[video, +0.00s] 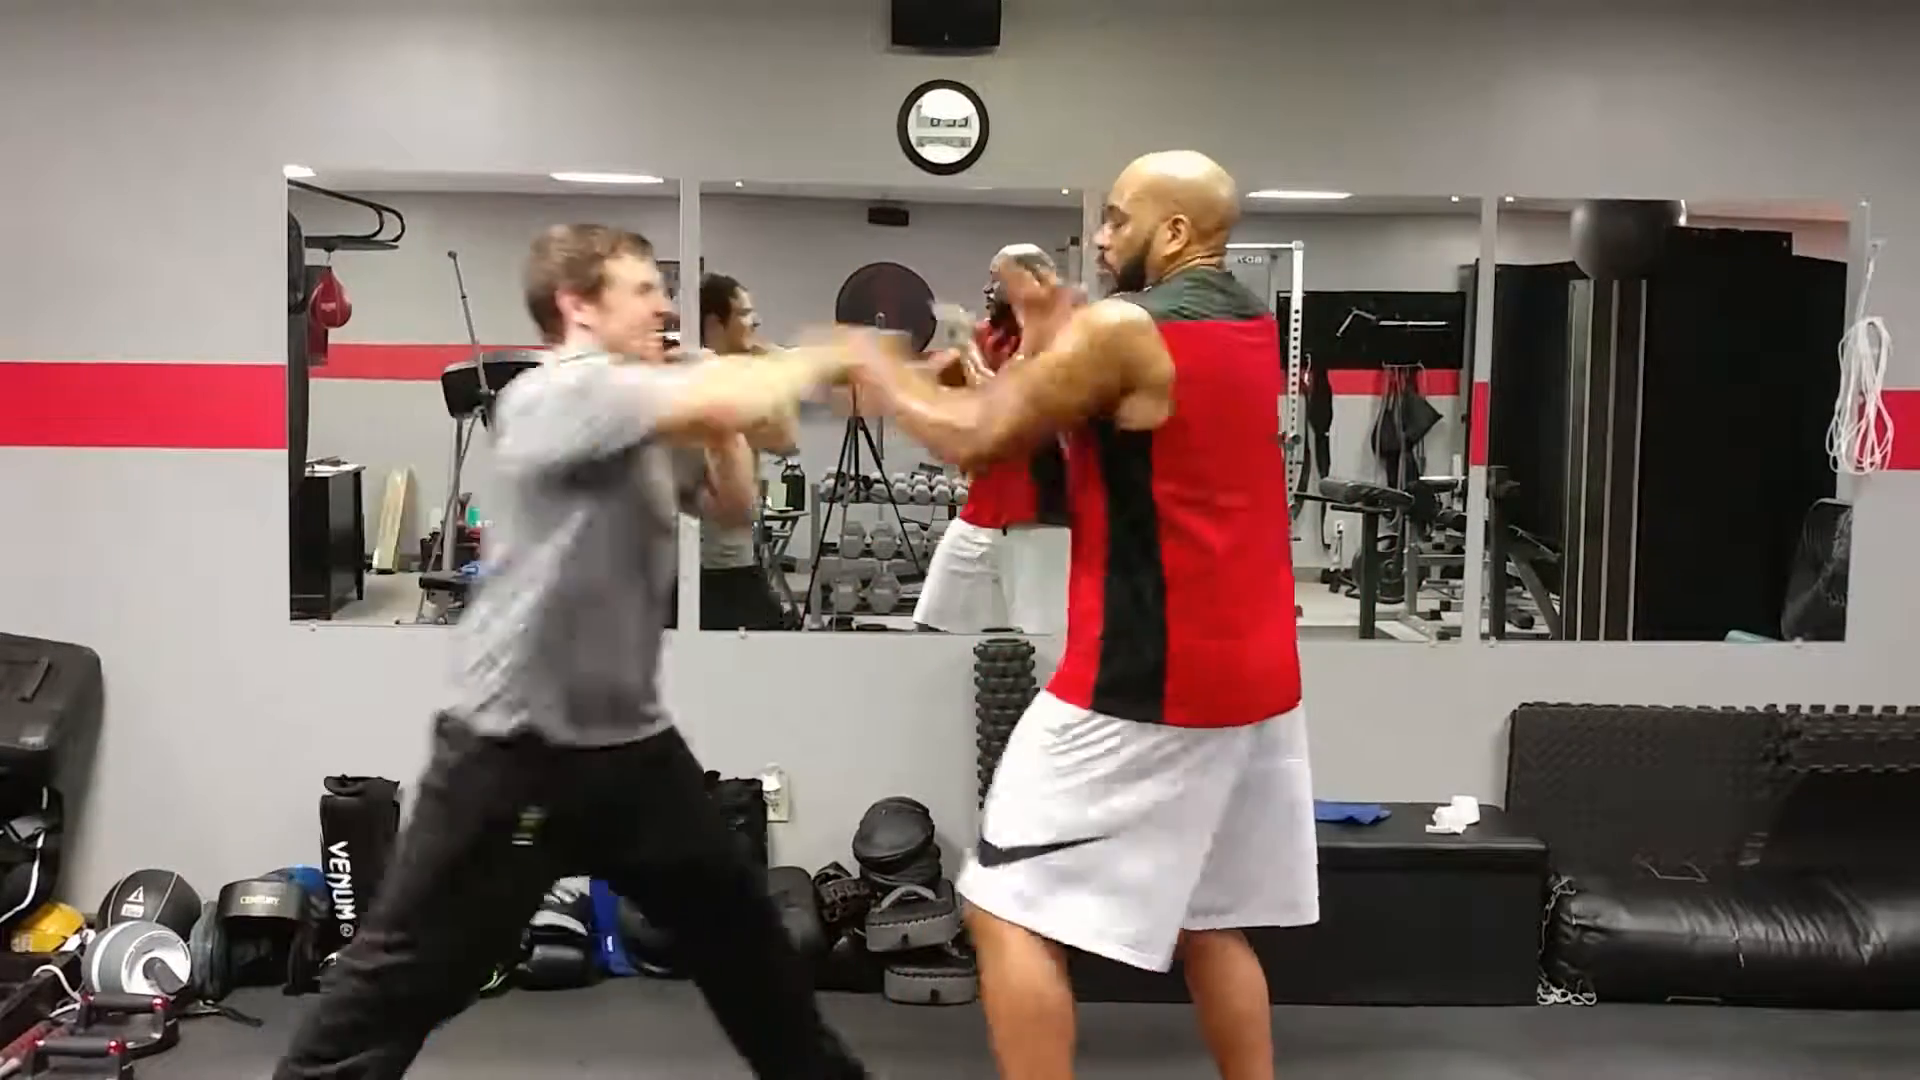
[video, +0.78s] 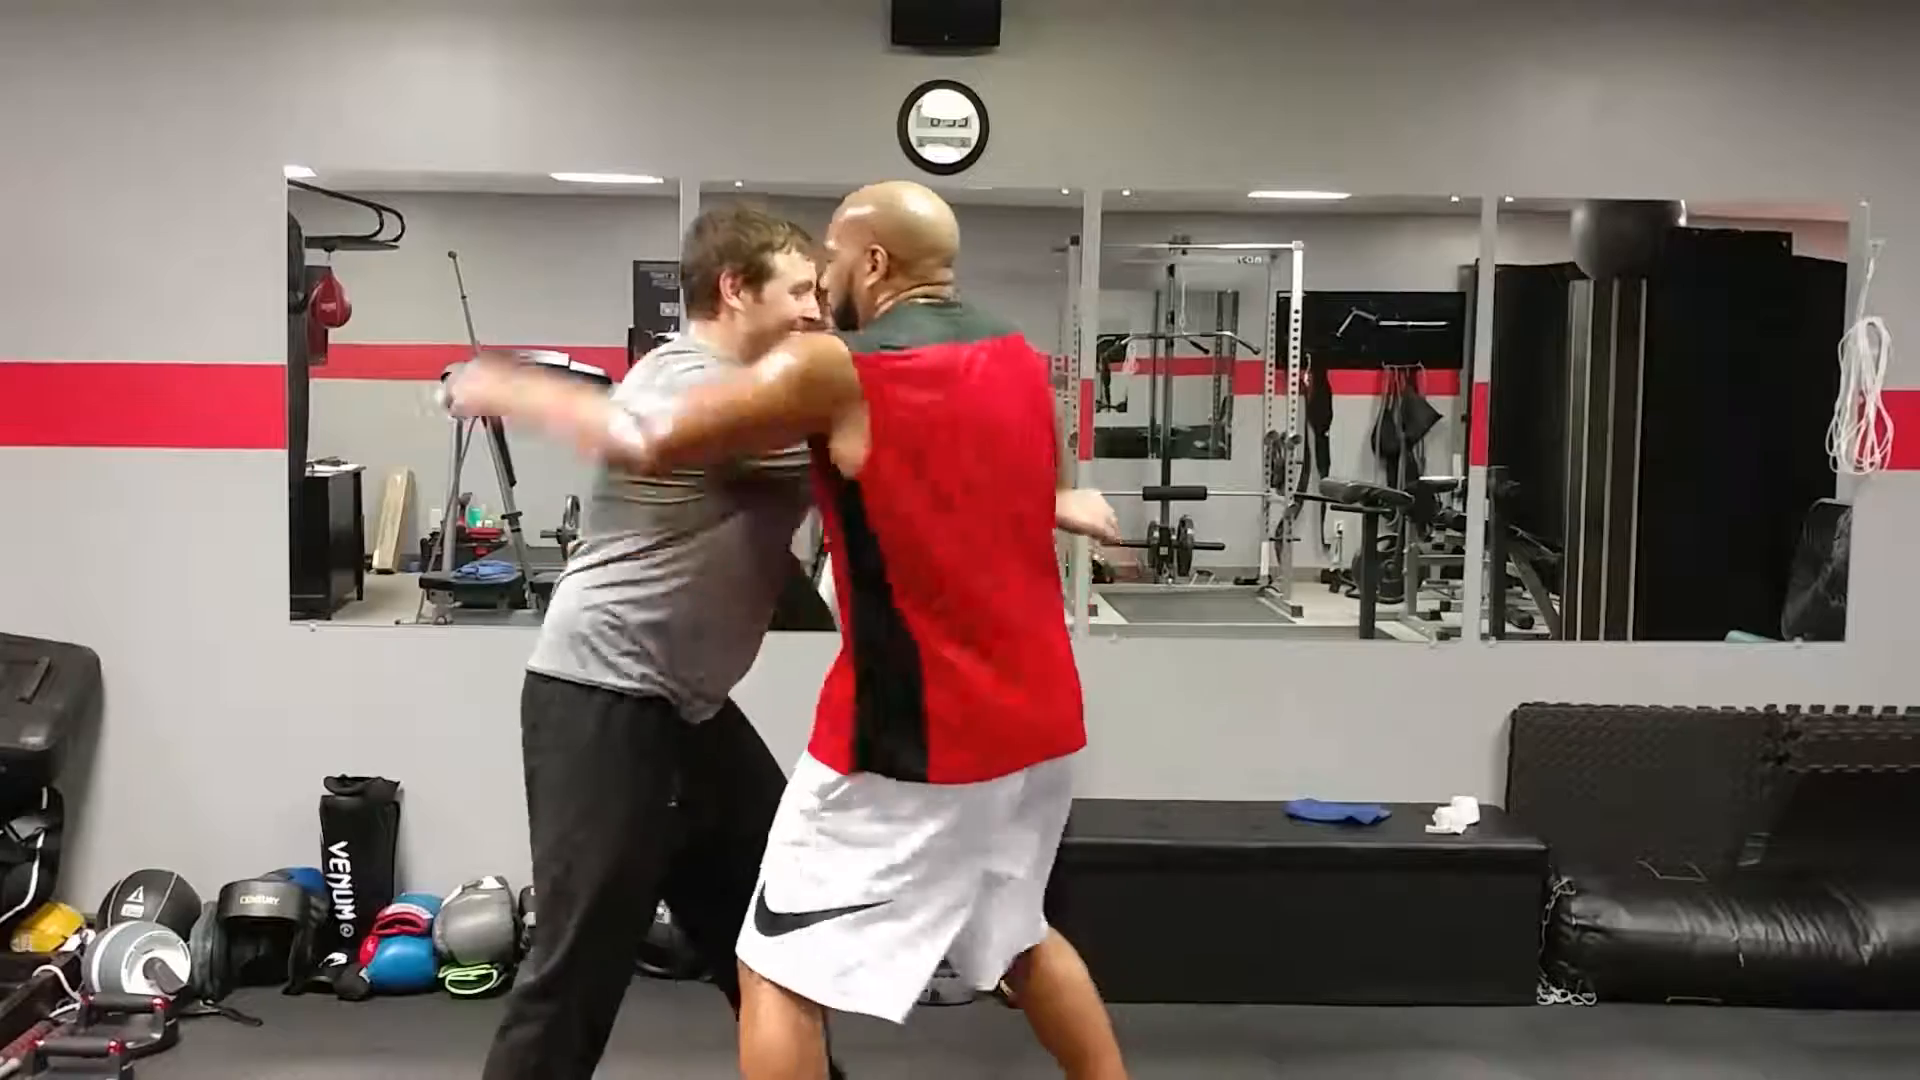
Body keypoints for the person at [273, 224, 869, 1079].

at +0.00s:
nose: (665, 306)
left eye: (662, 289)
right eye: (644, 290)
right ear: (576, 308)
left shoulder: (640, 401)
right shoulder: (549, 397)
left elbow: (732, 509)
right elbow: (722, 393)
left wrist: (729, 405)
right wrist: (824, 359)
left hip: (629, 745)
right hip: (508, 749)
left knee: (744, 944)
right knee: (398, 978)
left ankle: (818, 1075)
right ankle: (310, 1079)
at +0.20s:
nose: (832, 314)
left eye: (826, 297)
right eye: (811, 298)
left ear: (751, 325)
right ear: (750, 319)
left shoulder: (687, 411)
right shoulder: (780, 415)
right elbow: (938, 495)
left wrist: (869, 415)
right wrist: (882, 419)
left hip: (712, 728)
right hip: (636, 713)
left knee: (827, 943)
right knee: (544, 967)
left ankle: (849, 1068)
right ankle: (409, 1074)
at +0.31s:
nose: (880, 329)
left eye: (876, 312)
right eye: (863, 311)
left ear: (799, 327)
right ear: (804, 322)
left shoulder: (738, 402)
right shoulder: (796, 415)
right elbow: (963, 535)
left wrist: (879, 430)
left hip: (711, 711)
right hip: (659, 692)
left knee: (820, 933)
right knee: (606, 957)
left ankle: (840, 1070)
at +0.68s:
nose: (828, 324)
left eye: (830, 306)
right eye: (810, 302)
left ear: (739, 304)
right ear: (743, 298)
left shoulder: (685, 385)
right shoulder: (719, 395)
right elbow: (885, 460)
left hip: (687, 708)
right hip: (621, 706)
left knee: (788, 917)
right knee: (599, 952)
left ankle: (822, 1065)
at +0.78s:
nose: (819, 313)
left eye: (819, 293)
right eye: (800, 291)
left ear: (738, 296)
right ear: (732, 293)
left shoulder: (766, 388)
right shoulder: (681, 379)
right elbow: (821, 430)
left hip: (691, 704)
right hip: (600, 695)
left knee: (783, 932)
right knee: (577, 965)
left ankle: (799, 1065)